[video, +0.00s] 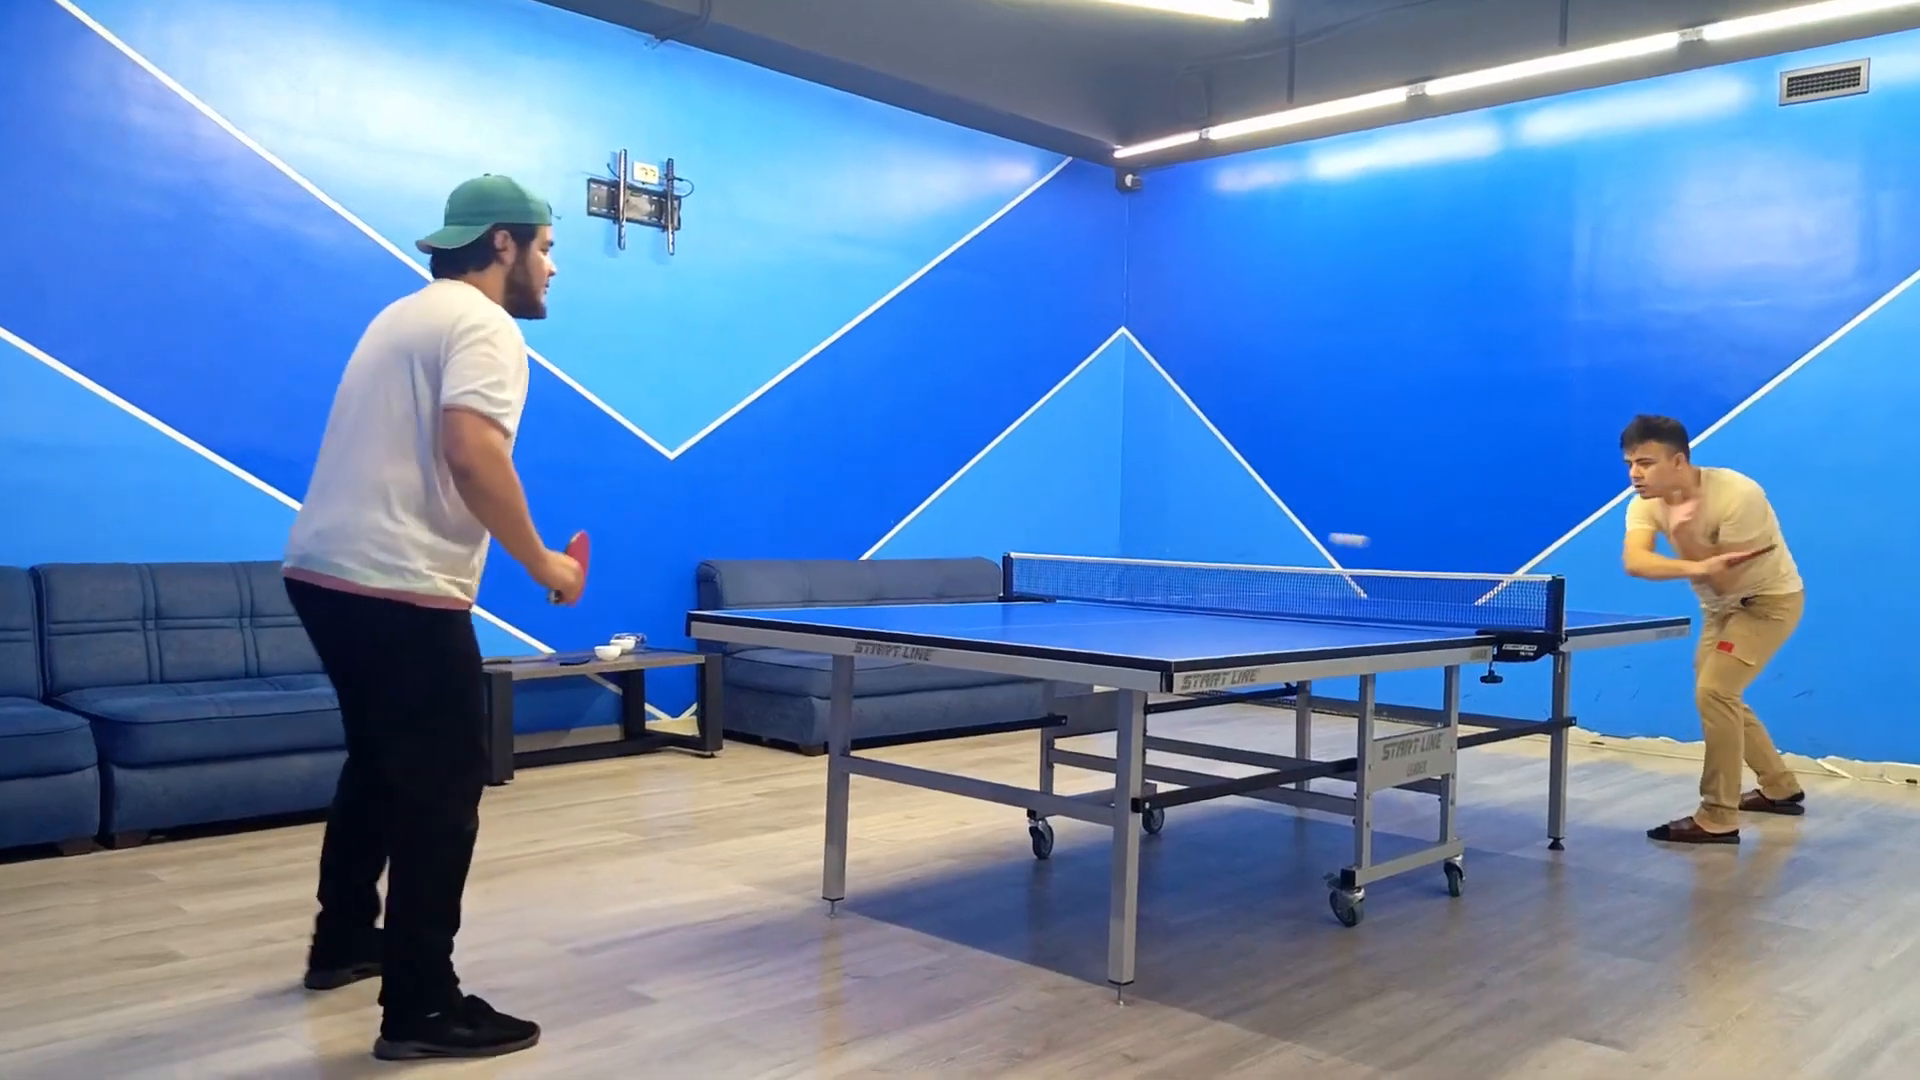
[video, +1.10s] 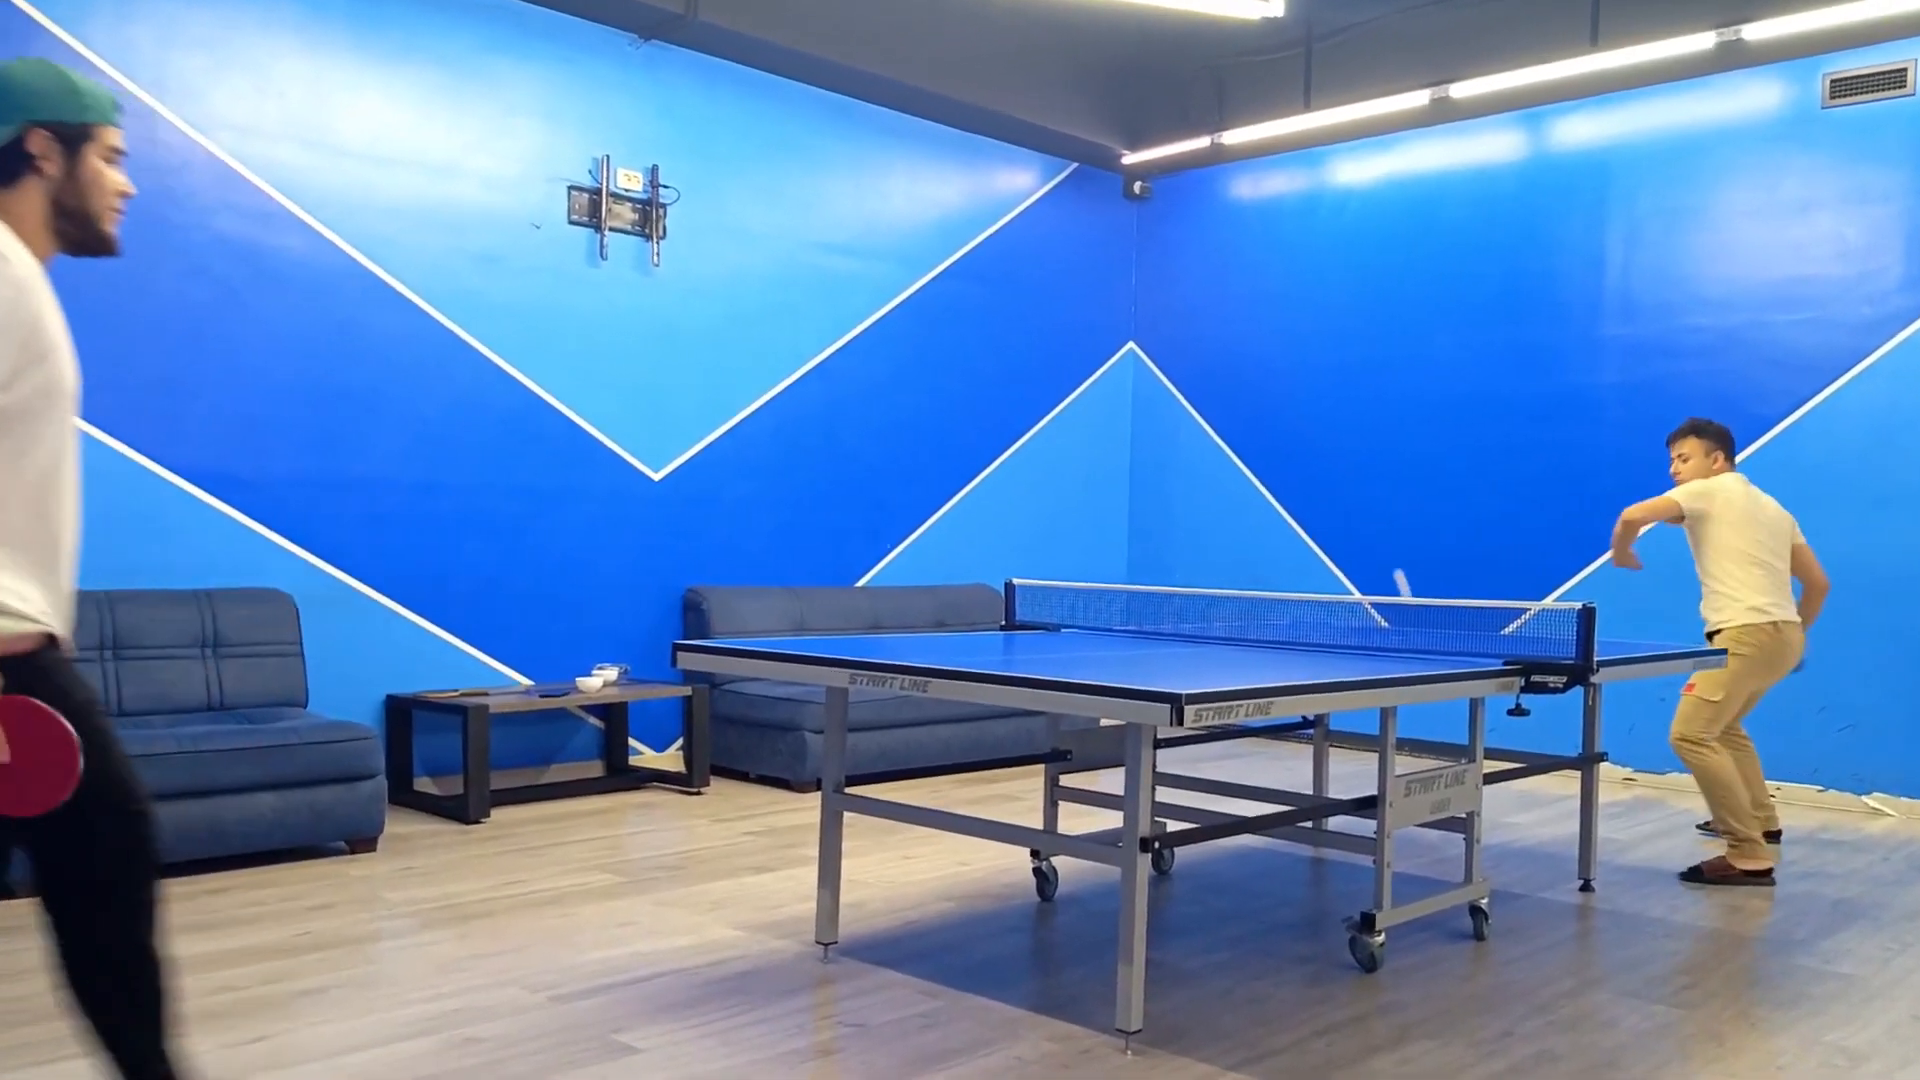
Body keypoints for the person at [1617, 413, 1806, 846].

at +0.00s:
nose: (1634, 475)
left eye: (1644, 463)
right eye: (1631, 464)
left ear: (1679, 460)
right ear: (1628, 464)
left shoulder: (1738, 496)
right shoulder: (1645, 502)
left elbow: (1731, 577)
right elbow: (1634, 562)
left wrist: (1684, 536)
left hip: (1769, 599)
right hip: (1718, 607)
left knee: (1715, 693)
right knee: (1714, 696)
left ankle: (1717, 818)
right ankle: (1781, 788)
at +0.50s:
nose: (1639, 491)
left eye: (1651, 481)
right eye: (1634, 482)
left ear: (1682, 483)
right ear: (1630, 485)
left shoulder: (1731, 529)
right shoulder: (1637, 533)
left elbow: (1785, 595)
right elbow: (1622, 609)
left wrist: (1719, 598)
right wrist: (1662, 626)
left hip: (1749, 636)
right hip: (1696, 640)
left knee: (1705, 725)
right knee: (1656, 725)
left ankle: (1714, 850)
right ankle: (1702, 814)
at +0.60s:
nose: (1587, 484)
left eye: (1598, 473)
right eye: (1582, 474)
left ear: (1631, 476)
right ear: (1578, 478)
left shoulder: (1676, 522)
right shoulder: (1594, 529)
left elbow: (1749, 563)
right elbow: (1593, 591)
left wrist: (1687, 586)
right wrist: (1590, 630)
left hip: (1698, 634)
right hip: (1648, 639)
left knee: (1659, 720)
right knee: (1609, 720)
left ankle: (1670, 846)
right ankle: (1655, 809)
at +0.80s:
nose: (1575, 475)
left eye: (1586, 465)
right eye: (1570, 468)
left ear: (1618, 472)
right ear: (1567, 475)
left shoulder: (1648, 515)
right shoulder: (1601, 532)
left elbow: (1680, 587)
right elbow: (1622, 600)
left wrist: (1606, 590)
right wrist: (1575, 635)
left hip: (1687, 634)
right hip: (1645, 638)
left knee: (1625, 719)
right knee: (1597, 717)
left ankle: (1657, 845)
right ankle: (1646, 810)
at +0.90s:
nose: (1612, 469)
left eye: (1623, 460)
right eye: (1609, 462)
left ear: (1657, 464)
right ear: (1609, 468)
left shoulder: (1666, 501)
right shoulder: (1662, 508)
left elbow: (1650, 575)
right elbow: (1682, 599)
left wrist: (1597, 577)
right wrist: (1635, 634)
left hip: (1711, 636)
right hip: (1688, 636)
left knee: (1644, 724)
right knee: (1634, 717)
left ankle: (1690, 851)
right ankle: (1681, 815)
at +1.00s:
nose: (1648, 463)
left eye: (1657, 451)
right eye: (1645, 455)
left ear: (1691, 453)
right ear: (1693, 459)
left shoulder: (1688, 487)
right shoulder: (1730, 499)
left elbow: (1622, 542)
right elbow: (1763, 583)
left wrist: (1613, 555)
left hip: (1725, 630)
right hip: (1745, 628)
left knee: (1671, 730)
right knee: (1686, 722)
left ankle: (1723, 853)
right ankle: (1720, 816)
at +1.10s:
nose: (1673, 470)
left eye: (1682, 459)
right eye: (1672, 461)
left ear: (1718, 459)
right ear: (1723, 463)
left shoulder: (1705, 491)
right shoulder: (1774, 509)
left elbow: (1631, 517)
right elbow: (1817, 582)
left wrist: (1621, 551)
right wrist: (1795, 632)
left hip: (1747, 633)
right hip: (1786, 635)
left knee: (1691, 736)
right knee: (1723, 726)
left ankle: (1747, 854)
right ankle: (1762, 824)